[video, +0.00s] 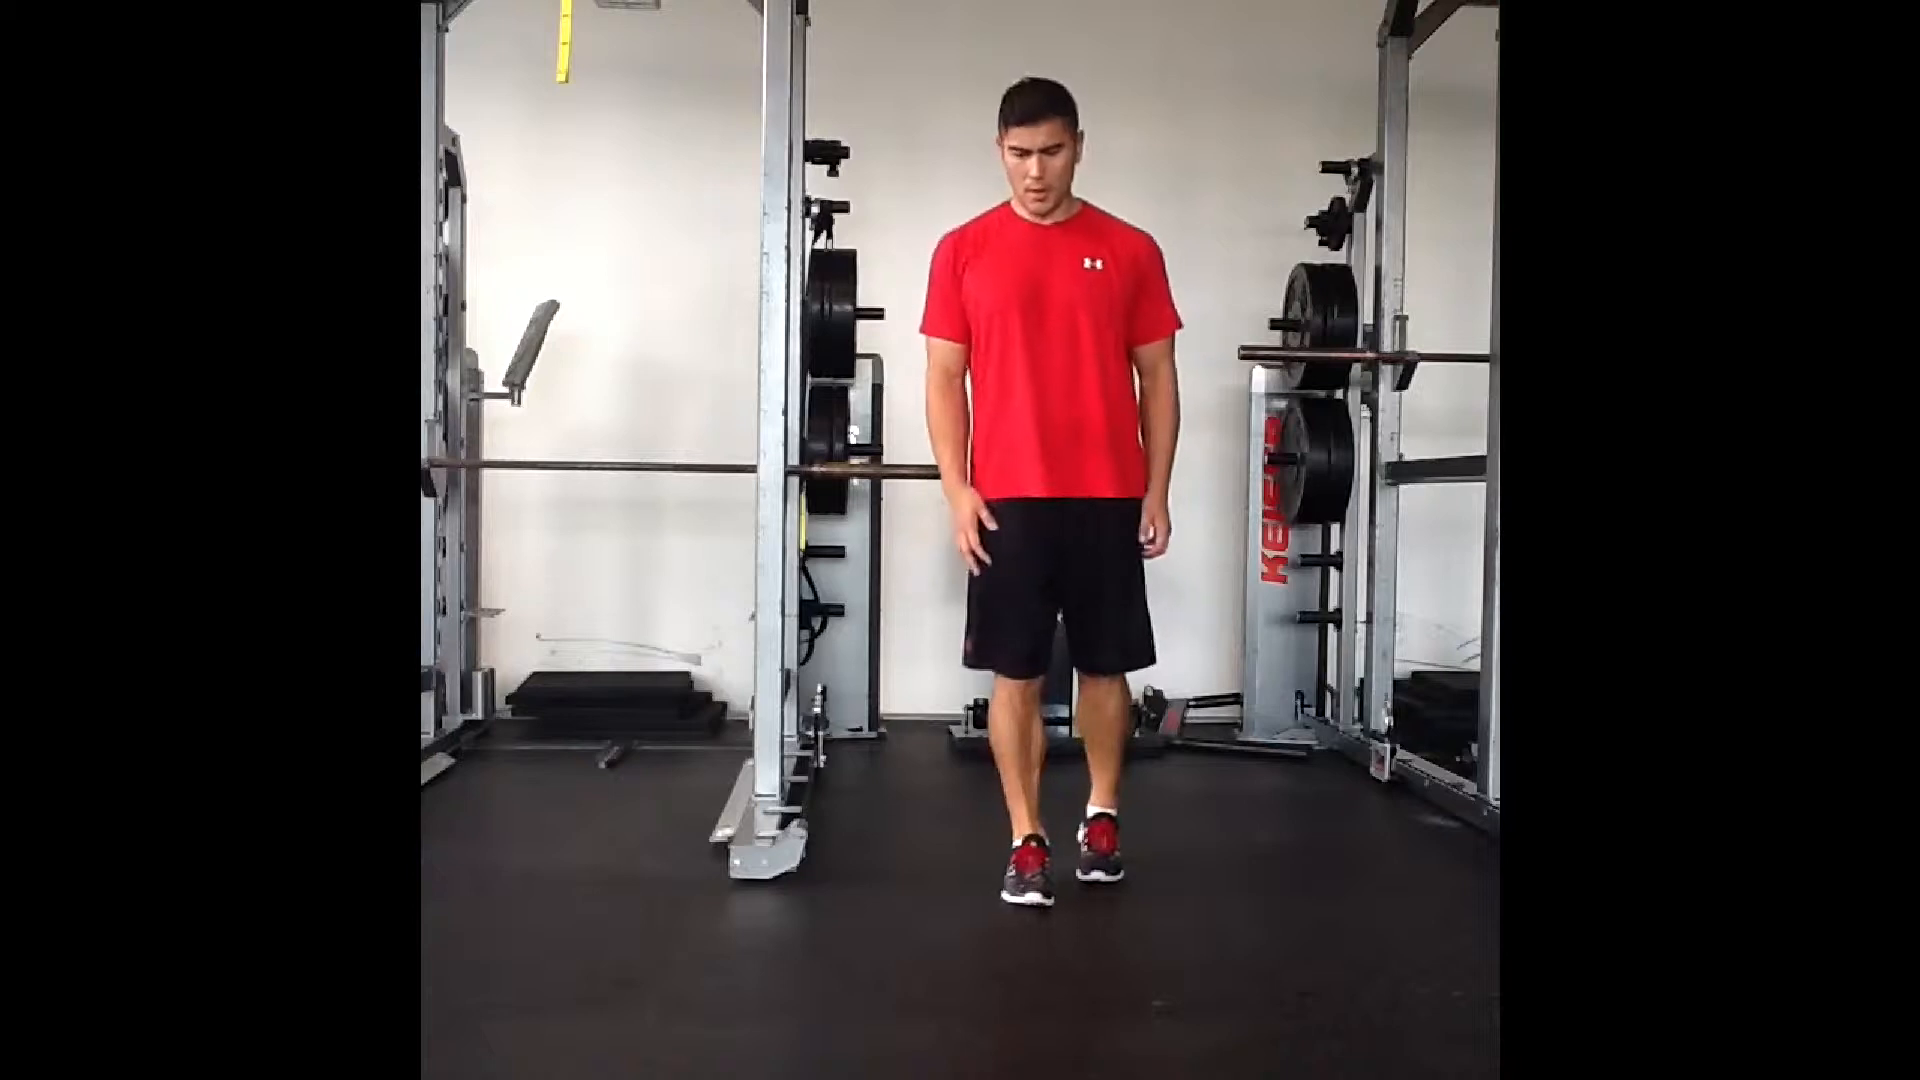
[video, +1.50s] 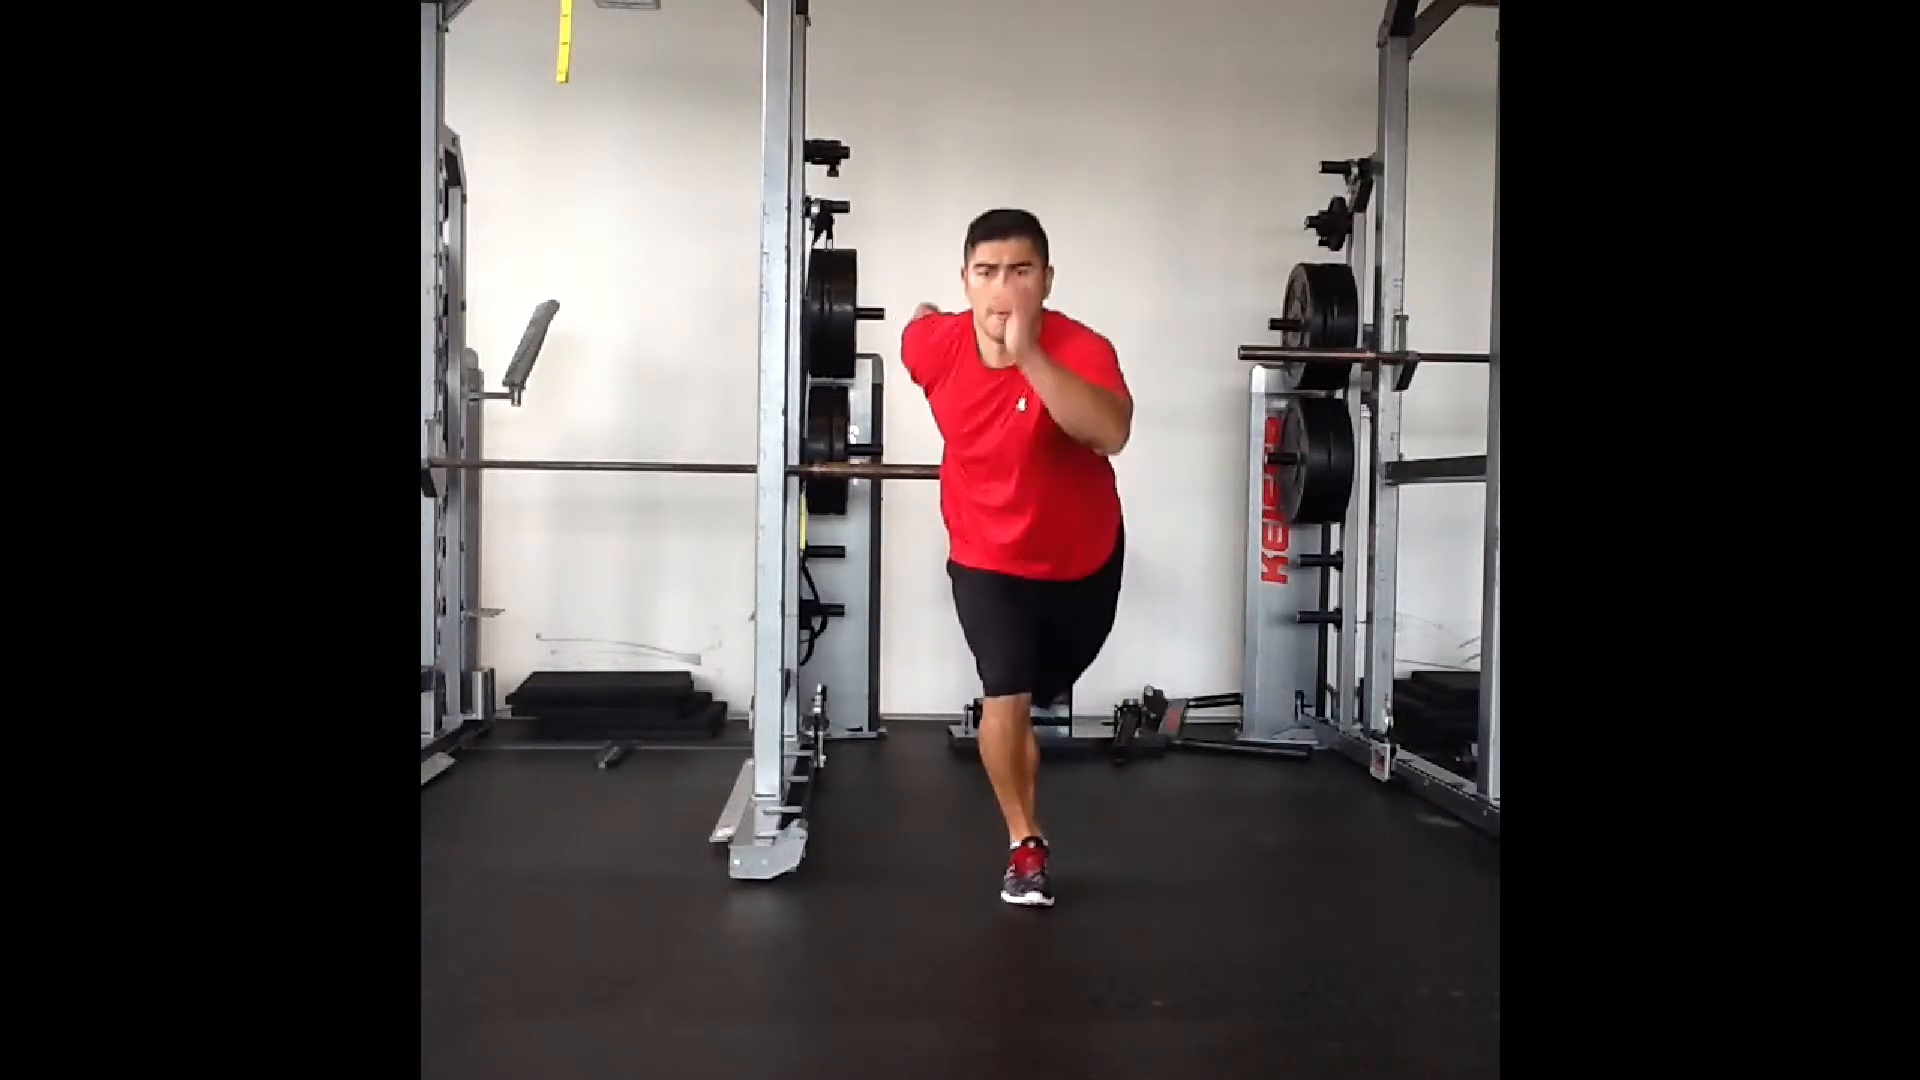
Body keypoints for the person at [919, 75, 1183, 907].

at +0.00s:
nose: (1035, 170)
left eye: (1050, 151)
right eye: (1019, 153)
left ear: (1077, 148)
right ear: (999, 154)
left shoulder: (1130, 250)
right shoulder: (962, 252)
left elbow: (1157, 373)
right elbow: (944, 378)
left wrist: (1157, 490)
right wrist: (957, 489)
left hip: (1106, 498)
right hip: (1009, 500)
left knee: (1103, 668)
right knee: (1016, 672)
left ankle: (1102, 819)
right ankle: (1026, 840)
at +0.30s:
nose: (1026, 152)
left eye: (1041, 135)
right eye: (1010, 137)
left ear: (1066, 141)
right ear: (991, 146)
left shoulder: (1120, 247)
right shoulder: (950, 249)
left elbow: (1147, 372)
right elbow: (923, 374)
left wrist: (1151, 489)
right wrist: (918, 490)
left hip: (1100, 493)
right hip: (999, 494)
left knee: (1106, 672)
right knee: (1010, 675)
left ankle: (1094, 763)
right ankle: (1024, 841)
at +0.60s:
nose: (1021, 147)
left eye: (1036, 131)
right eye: (1005, 132)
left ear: (1061, 138)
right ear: (984, 142)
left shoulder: (1114, 245)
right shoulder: (944, 250)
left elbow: (1143, 371)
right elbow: (917, 376)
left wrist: (1148, 488)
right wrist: (914, 490)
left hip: (1098, 490)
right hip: (996, 492)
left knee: (1105, 661)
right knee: (1008, 672)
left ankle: (1078, 732)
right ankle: (1024, 838)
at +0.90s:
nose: (1020, 148)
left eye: (1035, 131)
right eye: (1003, 132)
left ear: (1060, 139)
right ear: (982, 142)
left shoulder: (1112, 247)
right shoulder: (941, 251)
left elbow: (1141, 372)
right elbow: (914, 376)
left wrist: (1144, 490)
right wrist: (922, 488)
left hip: (1095, 496)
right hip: (993, 497)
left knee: (1098, 665)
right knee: (1007, 676)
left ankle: (1074, 736)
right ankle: (1024, 842)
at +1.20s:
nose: (1012, 175)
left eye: (1028, 158)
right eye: (996, 159)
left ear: (1055, 168)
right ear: (976, 170)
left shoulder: (1104, 278)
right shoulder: (933, 272)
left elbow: (1138, 406)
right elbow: (915, 382)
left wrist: (1100, 476)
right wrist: (924, 488)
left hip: (1086, 517)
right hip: (985, 521)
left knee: (1092, 668)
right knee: (1005, 680)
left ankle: (1064, 708)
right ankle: (1023, 841)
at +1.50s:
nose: (1003, 286)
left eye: (1020, 270)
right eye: (987, 271)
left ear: (1047, 280)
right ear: (966, 282)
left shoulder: (1082, 350)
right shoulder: (934, 347)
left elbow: (1111, 430)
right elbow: (918, 334)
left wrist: (1029, 355)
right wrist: (925, 323)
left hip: (1083, 564)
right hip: (988, 561)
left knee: (1052, 683)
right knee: (1009, 691)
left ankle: (1006, 714)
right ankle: (1024, 844)